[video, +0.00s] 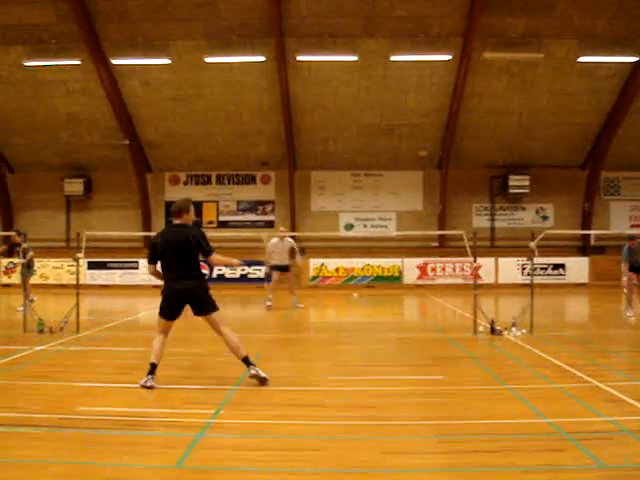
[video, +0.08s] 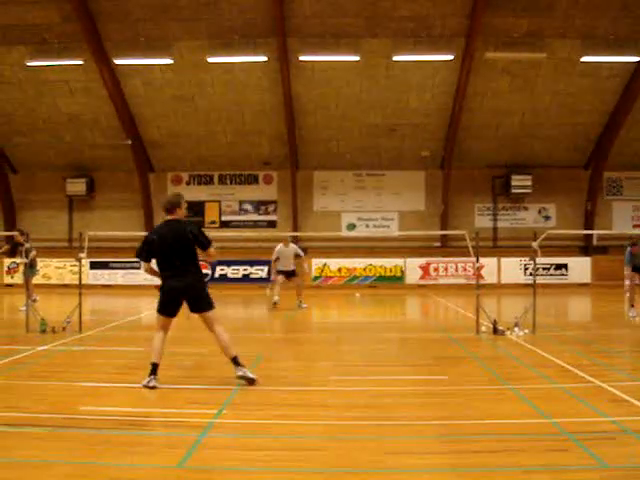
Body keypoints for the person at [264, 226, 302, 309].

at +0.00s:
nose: (282, 235)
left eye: (283, 232)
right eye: (280, 232)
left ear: (286, 234)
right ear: (278, 233)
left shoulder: (290, 242)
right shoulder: (272, 243)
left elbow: (296, 252)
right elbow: (268, 254)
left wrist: (297, 261)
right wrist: (267, 264)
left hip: (286, 263)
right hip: (275, 263)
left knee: (291, 281)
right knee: (274, 281)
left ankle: (294, 299)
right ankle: (269, 298)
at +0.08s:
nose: (286, 241)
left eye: (287, 239)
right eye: (284, 240)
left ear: (289, 240)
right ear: (282, 240)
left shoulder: (293, 247)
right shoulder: (279, 248)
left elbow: (302, 256)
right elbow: (273, 260)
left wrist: (304, 267)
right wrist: (273, 273)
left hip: (291, 269)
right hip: (281, 269)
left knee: (299, 283)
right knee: (278, 281)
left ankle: (300, 301)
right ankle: (275, 298)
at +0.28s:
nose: (280, 238)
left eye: (281, 236)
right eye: (278, 236)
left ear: (283, 237)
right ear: (276, 237)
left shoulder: (287, 246)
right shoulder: (272, 247)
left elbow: (296, 253)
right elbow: (268, 259)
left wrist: (300, 262)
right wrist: (271, 271)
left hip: (287, 269)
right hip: (278, 270)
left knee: (292, 284)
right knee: (283, 283)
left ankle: (296, 299)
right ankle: (287, 301)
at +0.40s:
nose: (275, 232)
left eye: (276, 229)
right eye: (273, 230)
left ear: (279, 230)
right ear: (271, 231)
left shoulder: (283, 240)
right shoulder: (267, 242)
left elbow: (293, 248)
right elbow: (265, 255)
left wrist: (298, 258)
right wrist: (267, 265)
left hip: (284, 264)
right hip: (274, 266)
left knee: (287, 283)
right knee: (284, 281)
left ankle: (283, 299)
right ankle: (292, 301)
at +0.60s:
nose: (270, 231)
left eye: (272, 229)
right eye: (269, 229)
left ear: (275, 229)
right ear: (267, 230)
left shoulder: (280, 238)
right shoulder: (264, 241)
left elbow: (292, 245)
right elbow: (259, 253)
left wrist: (301, 251)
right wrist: (257, 262)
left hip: (281, 263)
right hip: (270, 264)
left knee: (284, 283)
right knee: (275, 281)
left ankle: (274, 300)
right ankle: (283, 300)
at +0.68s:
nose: (268, 237)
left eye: (269, 235)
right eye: (266, 236)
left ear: (272, 235)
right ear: (264, 236)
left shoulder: (279, 241)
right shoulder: (263, 245)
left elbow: (293, 244)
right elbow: (257, 255)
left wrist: (305, 249)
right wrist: (251, 261)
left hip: (281, 267)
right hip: (270, 267)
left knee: (284, 287)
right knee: (270, 280)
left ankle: (279, 303)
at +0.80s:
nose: (254, 241)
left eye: (256, 238)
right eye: (252, 239)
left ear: (259, 239)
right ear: (251, 240)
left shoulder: (268, 246)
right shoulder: (252, 251)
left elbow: (280, 247)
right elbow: (242, 260)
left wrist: (291, 250)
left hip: (271, 274)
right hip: (259, 275)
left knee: (280, 291)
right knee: (254, 292)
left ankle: (278, 303)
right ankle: (247, 304)